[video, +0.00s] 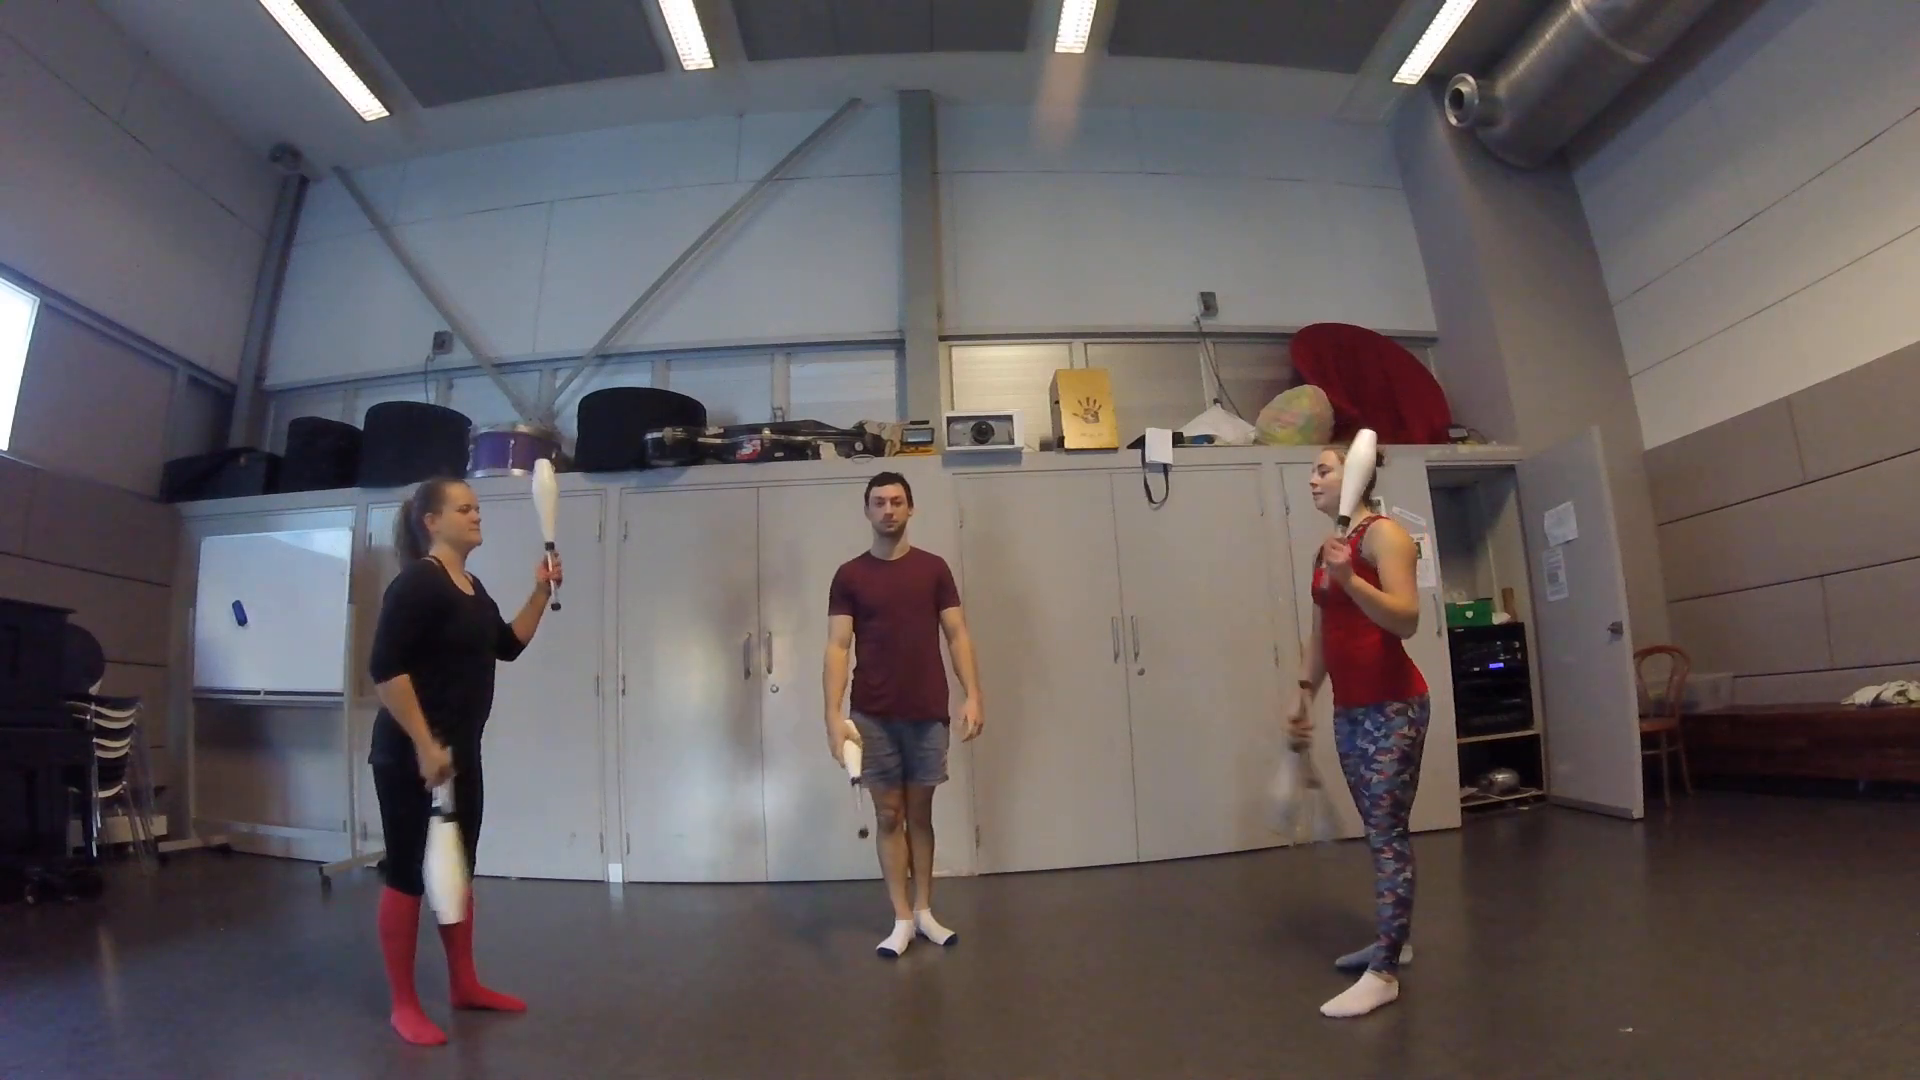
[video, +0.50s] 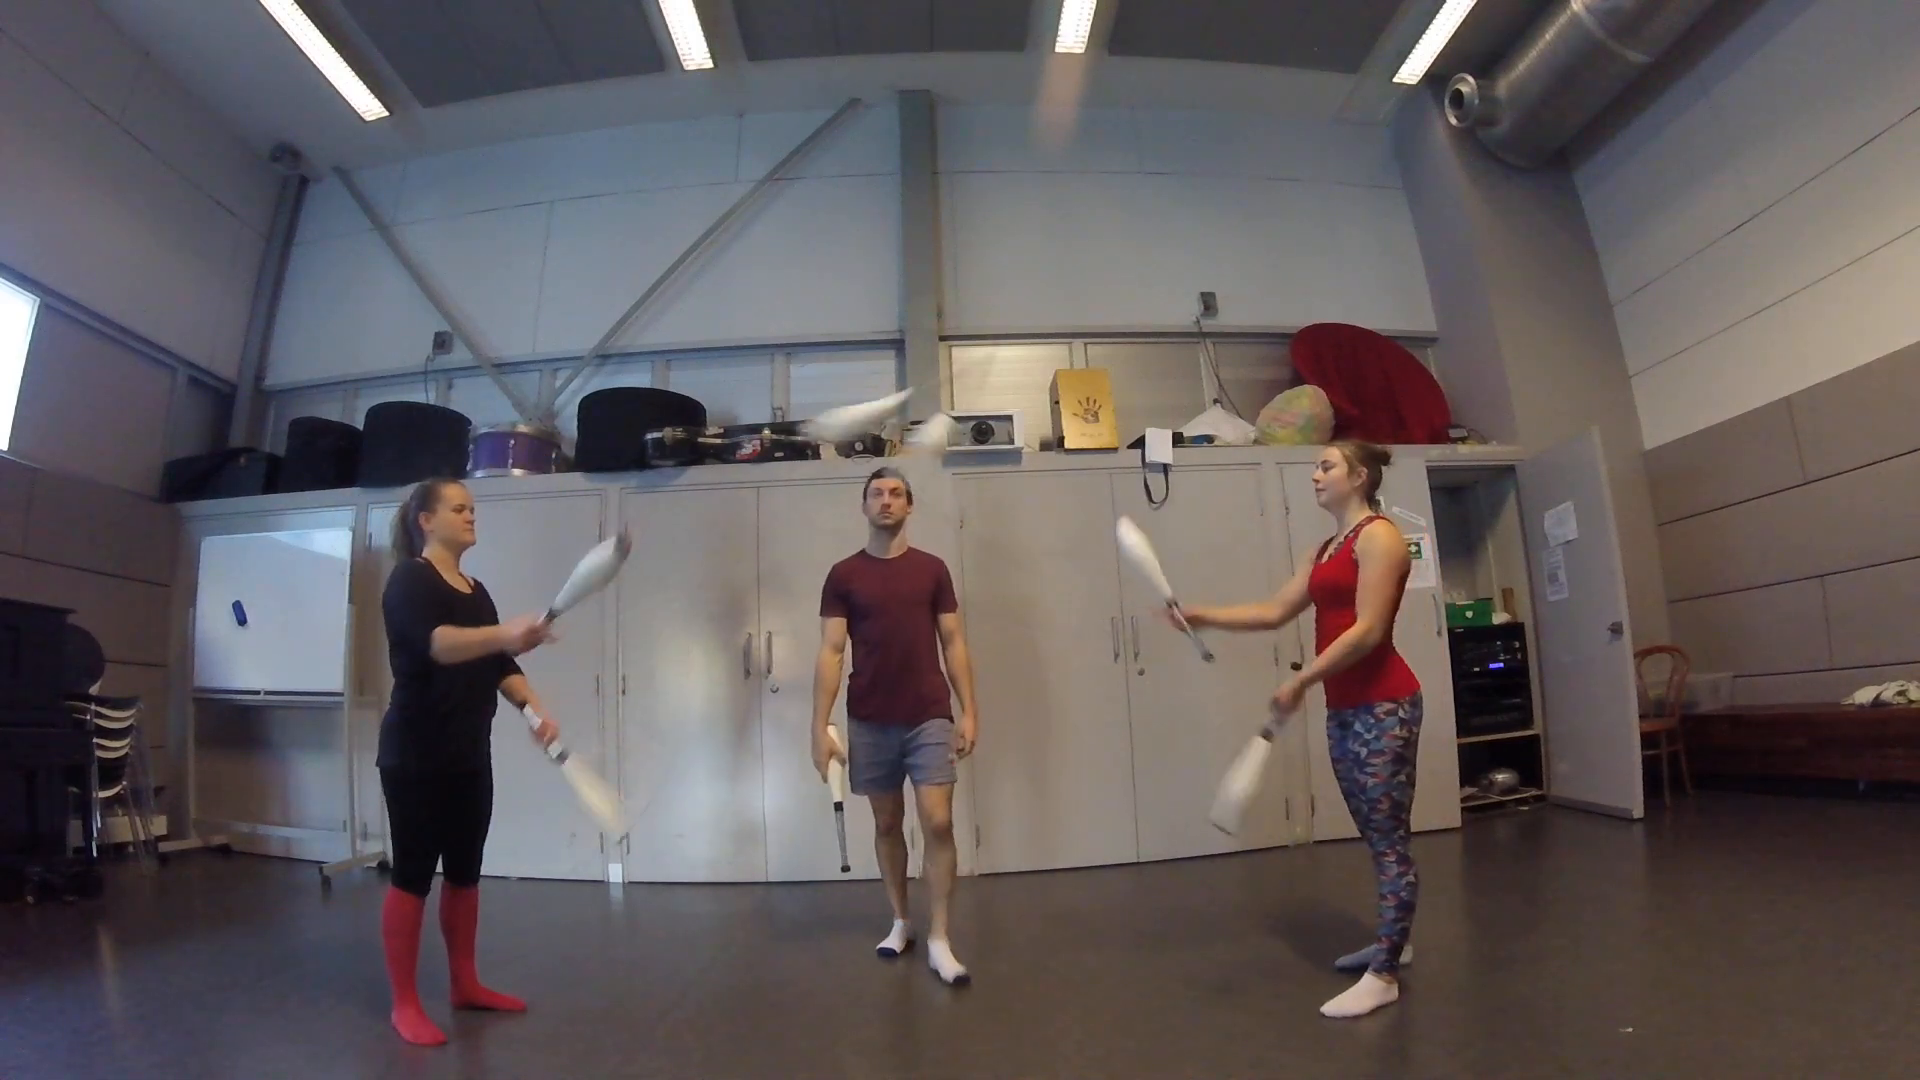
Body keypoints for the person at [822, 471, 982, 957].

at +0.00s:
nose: (888, 509)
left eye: (896, 502)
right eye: (880, 503)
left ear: (910, 510)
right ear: (867, 512)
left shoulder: (934, 568)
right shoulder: (850, 576)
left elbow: (957, 633)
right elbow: (838, 647)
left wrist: (973, 694)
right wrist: (834, 716)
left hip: (927, 712)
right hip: (872, 714)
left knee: (920, 816)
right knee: (889, 817)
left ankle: (924, 912)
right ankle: (903, 920)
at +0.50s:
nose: (886, 500)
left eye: (895, 494)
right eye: (877, 494)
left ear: (909, 507)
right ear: (864, 507)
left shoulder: (932, 568)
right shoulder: (844, 574)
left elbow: (953, 641)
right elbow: (831, 651)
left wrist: (968, 710)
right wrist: (821, 726)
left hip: (931, 717)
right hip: (871, 721)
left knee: (939, 825)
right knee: (886, 826)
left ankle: (939, 937)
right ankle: (899, 921)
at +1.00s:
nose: (885, 472)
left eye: (896, 463)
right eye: (883, 464)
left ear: (930, 473)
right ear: (887, 476)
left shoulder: (966, 548)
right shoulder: (866, 551)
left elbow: (992, 631)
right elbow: (846, 634)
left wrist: (1007, 713)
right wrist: (832, 713)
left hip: (952, 719)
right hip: (882, 722)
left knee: (961, 847)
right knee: (874, 852)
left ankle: (968, 976)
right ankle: (908, 925)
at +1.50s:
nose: (831, 453)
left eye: (842, 442)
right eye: (832, 443)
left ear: (882, 446)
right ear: (858, 451)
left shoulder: (931, 517)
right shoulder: (827, 535)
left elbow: (923, 607)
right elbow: (813, 632)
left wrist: (837, 638)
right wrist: (786, 716)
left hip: (926, 716)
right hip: (849, 722)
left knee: (964, 855)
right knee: (849, 865)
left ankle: (971, 973)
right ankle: (845, 1015)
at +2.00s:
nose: (798, 452)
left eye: (804, 439)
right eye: (797, 441)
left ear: (842, 434)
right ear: (839, 436)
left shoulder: (883, 499)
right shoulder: (838, 521)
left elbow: (772, 554)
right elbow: (821, 635)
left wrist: (671, 586)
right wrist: (781, 716)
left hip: (912, 710)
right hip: (841, 720)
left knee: (969, 855)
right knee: (851, 870)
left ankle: (1015, 982)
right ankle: (849, 1015)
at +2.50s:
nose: (974, 445)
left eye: (973, 434)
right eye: (966, 433)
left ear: (932, 435)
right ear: (928, 435)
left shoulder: (934, 513)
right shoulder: (907, 514)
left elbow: (957, 604)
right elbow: (959, 629)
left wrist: (1018, 613)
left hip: (966, 710)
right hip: (915, 715)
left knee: (977, 858)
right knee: (904, 869)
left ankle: (991, 999)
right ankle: (852, 1010)